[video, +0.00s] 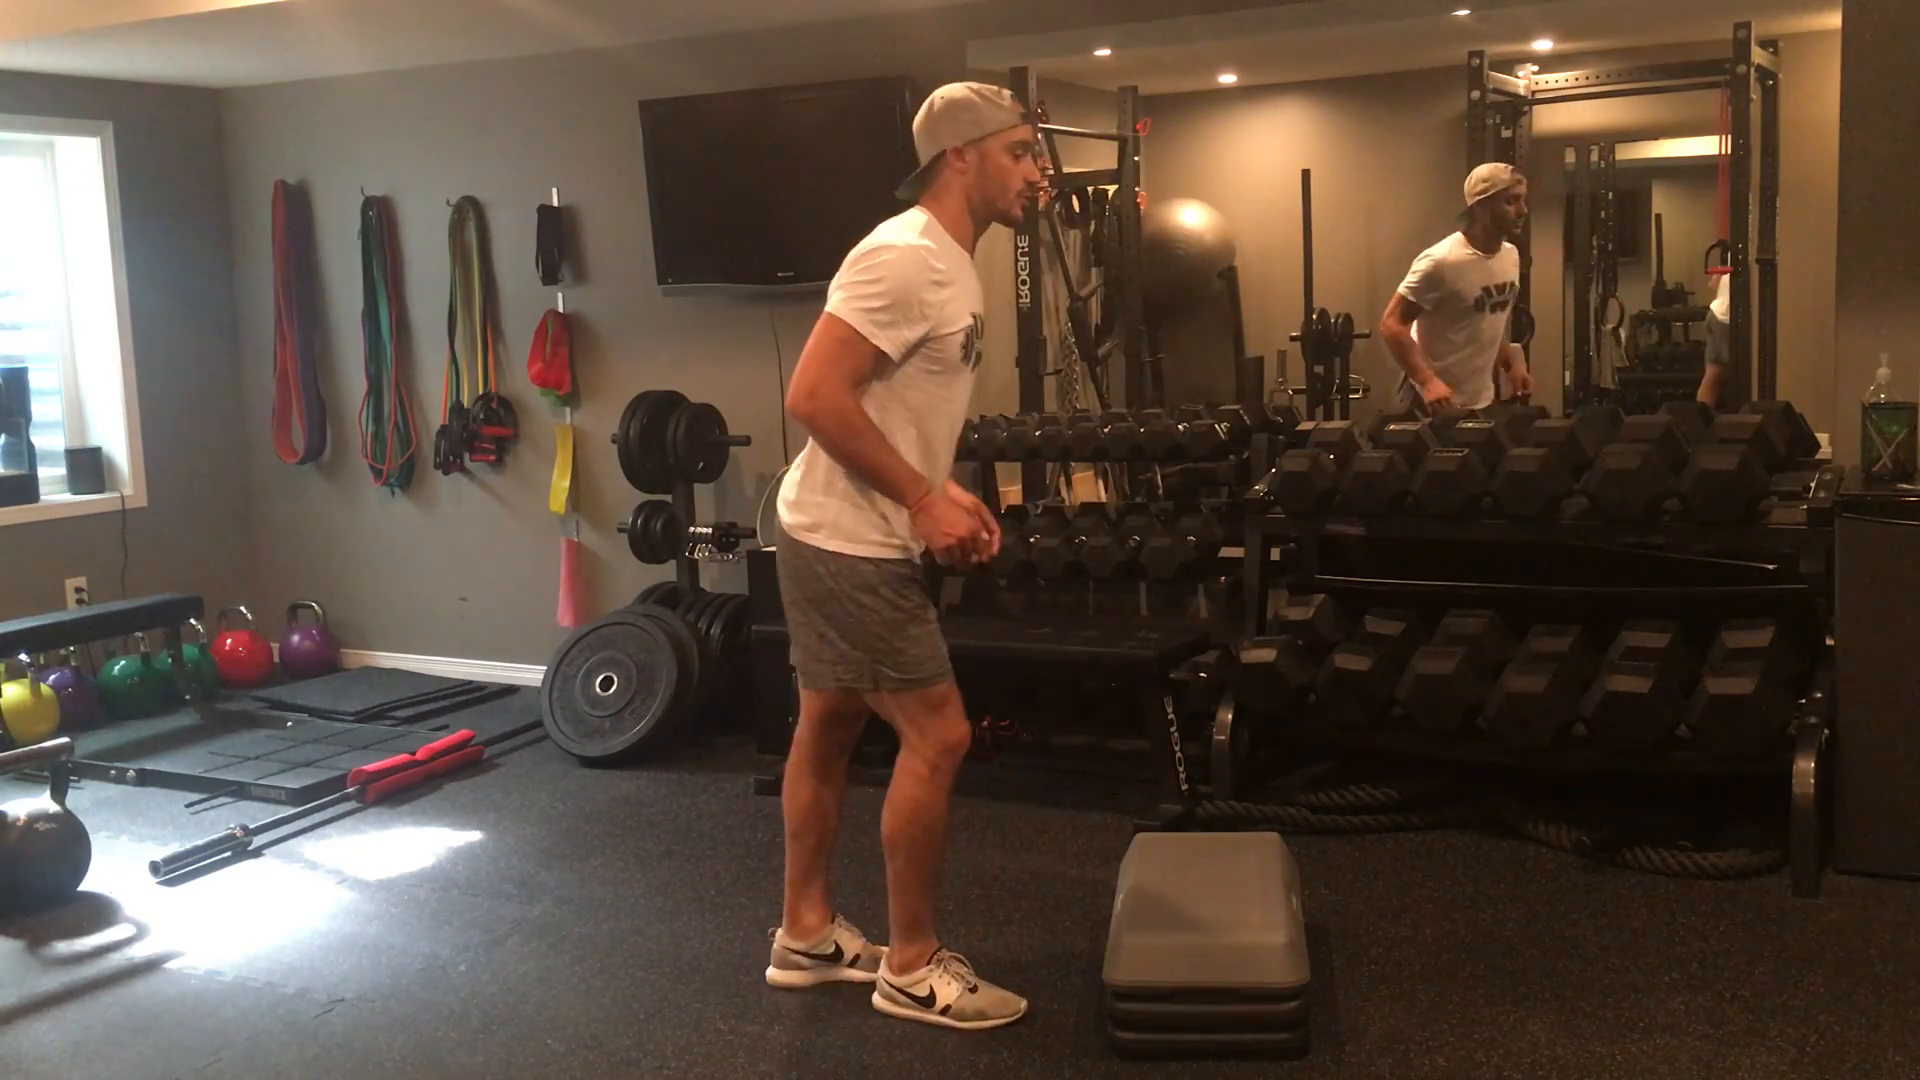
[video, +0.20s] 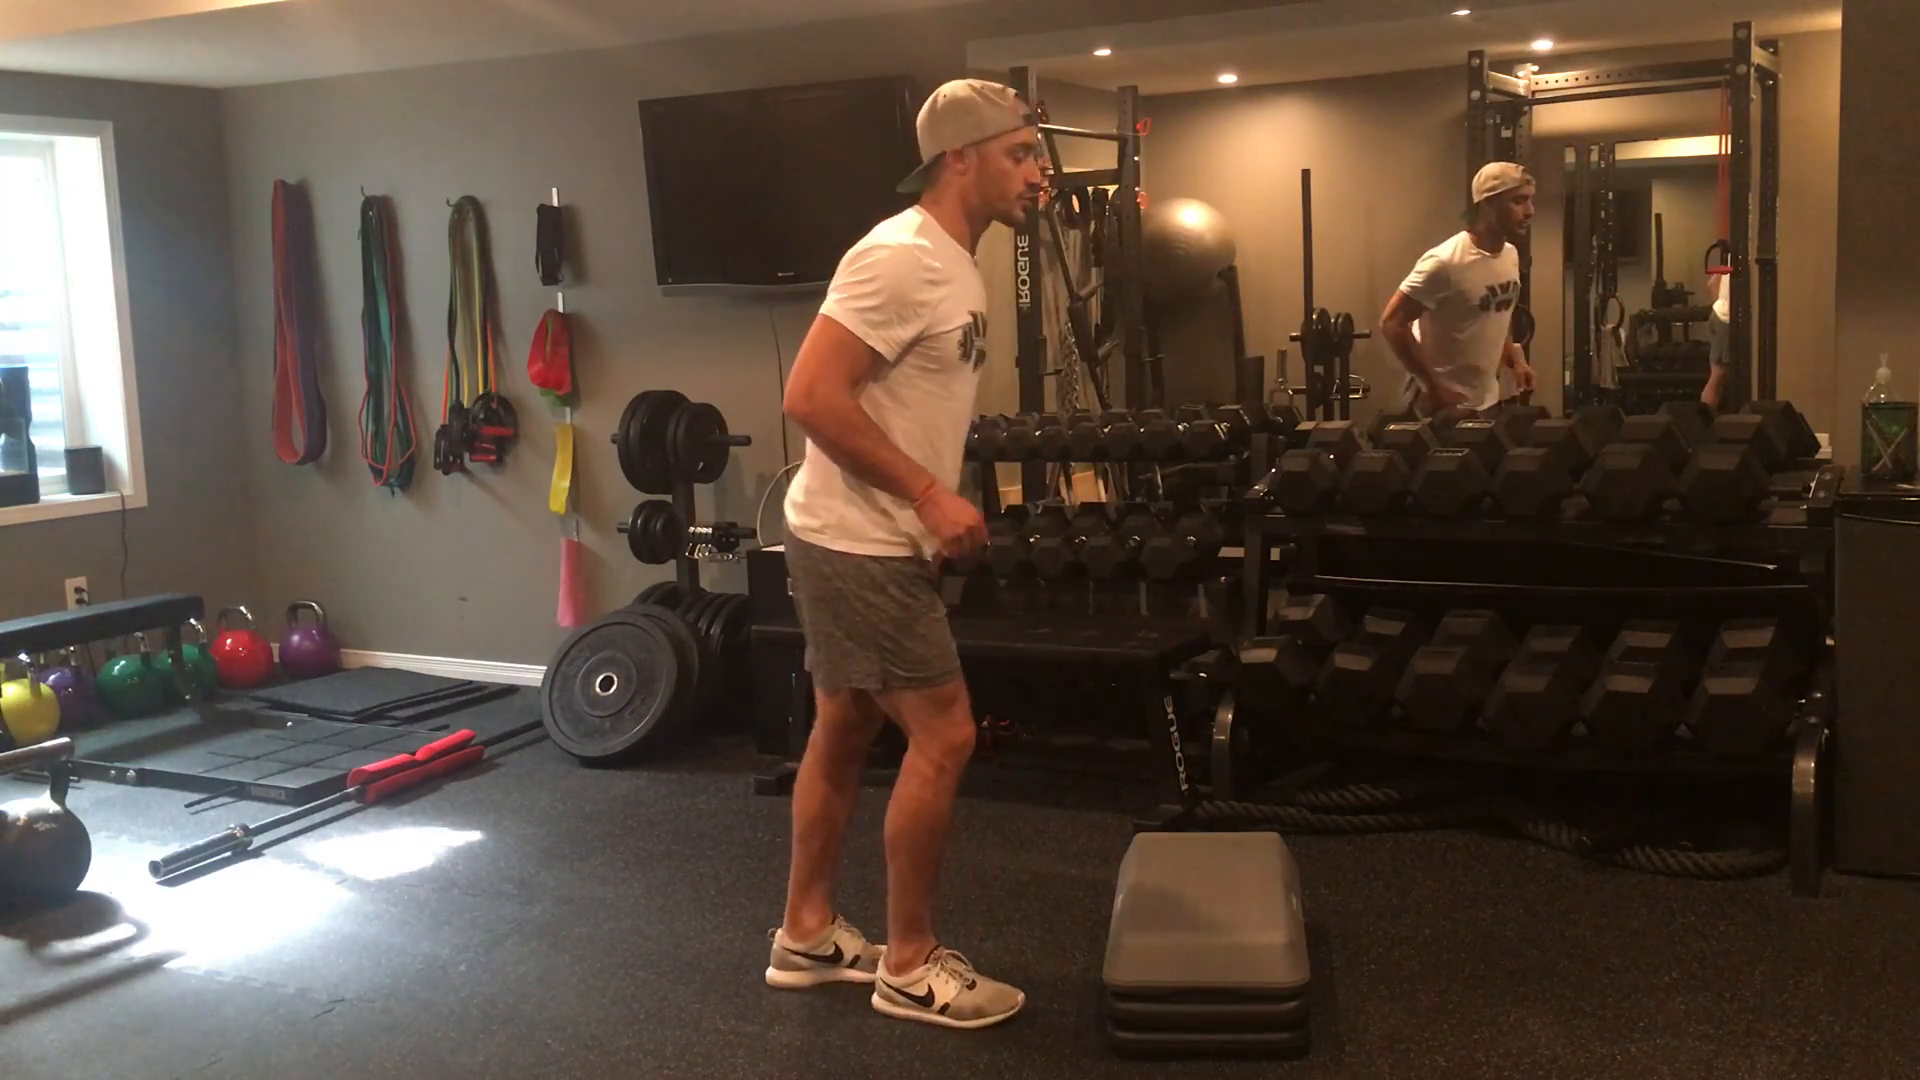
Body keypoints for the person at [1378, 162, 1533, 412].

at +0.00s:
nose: (1523, 211)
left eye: (1523, 201)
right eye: (1512, 201)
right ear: (1482, 206)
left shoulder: (1510, 256)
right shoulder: (1439, 262)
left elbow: (1485, 330)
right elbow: (1391, 325)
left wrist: (1513, 361)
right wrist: (1428, 383)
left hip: (1483, 406)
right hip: (1433, 411)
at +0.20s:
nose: (1530, 211)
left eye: (1530, 201)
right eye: (1519, 201)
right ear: (1488, 204)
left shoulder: (1510, 255)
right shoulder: (1444, 263)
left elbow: (1495, 321)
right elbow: (1392, 324)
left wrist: (1517, 361)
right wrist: (1434, 387)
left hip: (1488, 404)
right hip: (1442, 409)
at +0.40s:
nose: (1549, 202)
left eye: (1549, 192)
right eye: (1538, 192)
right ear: (1508, 196)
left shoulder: (1529, 251)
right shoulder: (1466, 249)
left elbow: (1508, 316)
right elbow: (1414, 311)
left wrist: (1531, 347)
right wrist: (1481, 343)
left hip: (1511, 394)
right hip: (1465, 397)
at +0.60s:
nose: (1570, 196)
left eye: (1570, 187)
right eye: (1558, 186)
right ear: (1526, 192)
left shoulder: (1556, 254)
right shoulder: (1480, 251)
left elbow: (1549, 324)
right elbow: (1428, 313)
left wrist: (1570, 350)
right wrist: (1464, 370)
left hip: (1525, 397)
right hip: (1479, 397)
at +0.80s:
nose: (1588, 180)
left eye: (1587, 170)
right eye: (1574, 171)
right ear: (1542, 182)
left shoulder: (1579, 239)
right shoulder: (1503, 244)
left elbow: (1566, 303)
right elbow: (1461, 314)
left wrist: (1595, 334)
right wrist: (1522, 360)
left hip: (1549, 379)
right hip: (1501, 381)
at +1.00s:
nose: (1597, 127)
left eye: (1596, 117)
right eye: (1585, 117)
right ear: (1553, 127)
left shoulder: (1581, 187)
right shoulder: (1519, 186)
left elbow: (1562, 264)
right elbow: (1485, 261)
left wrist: (1593, 292)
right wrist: (1566, 287)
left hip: (1560, 333)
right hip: (1512, 335)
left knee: (1589, 419)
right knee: (1524, 435)